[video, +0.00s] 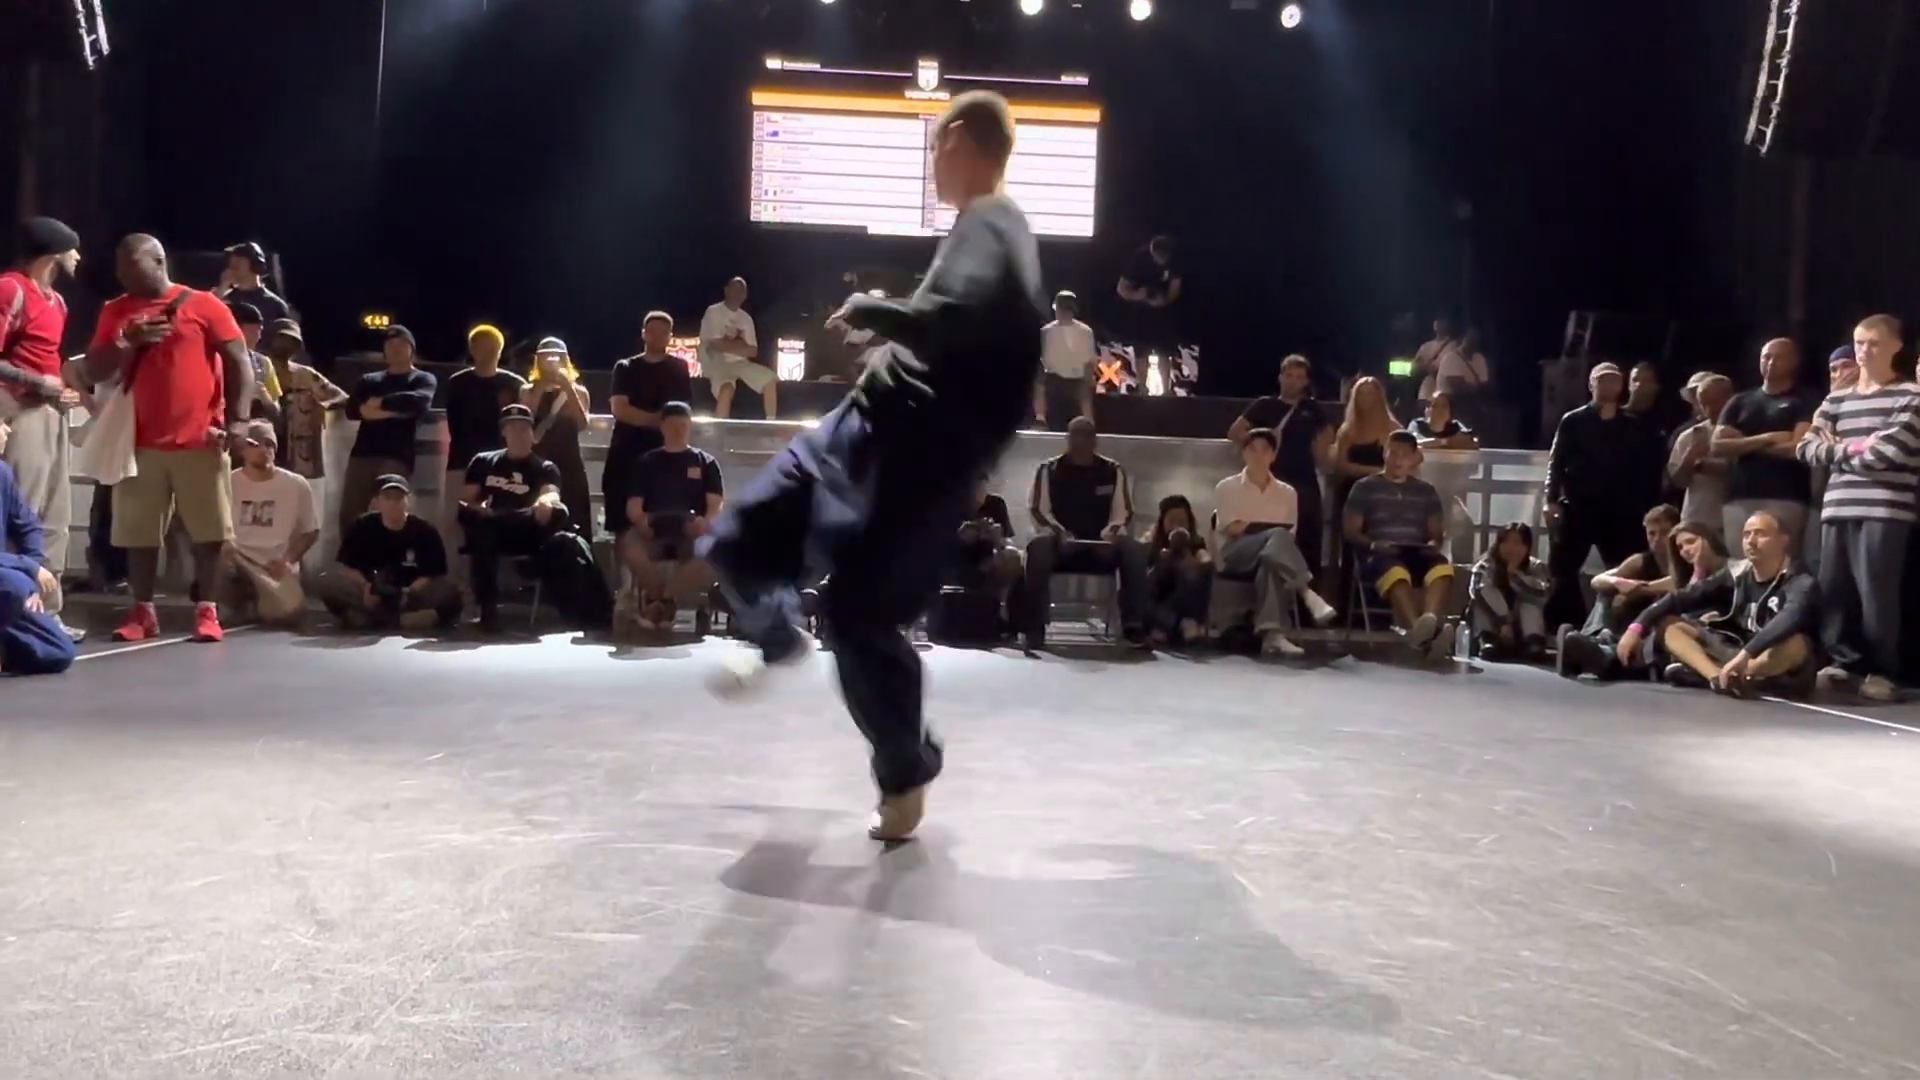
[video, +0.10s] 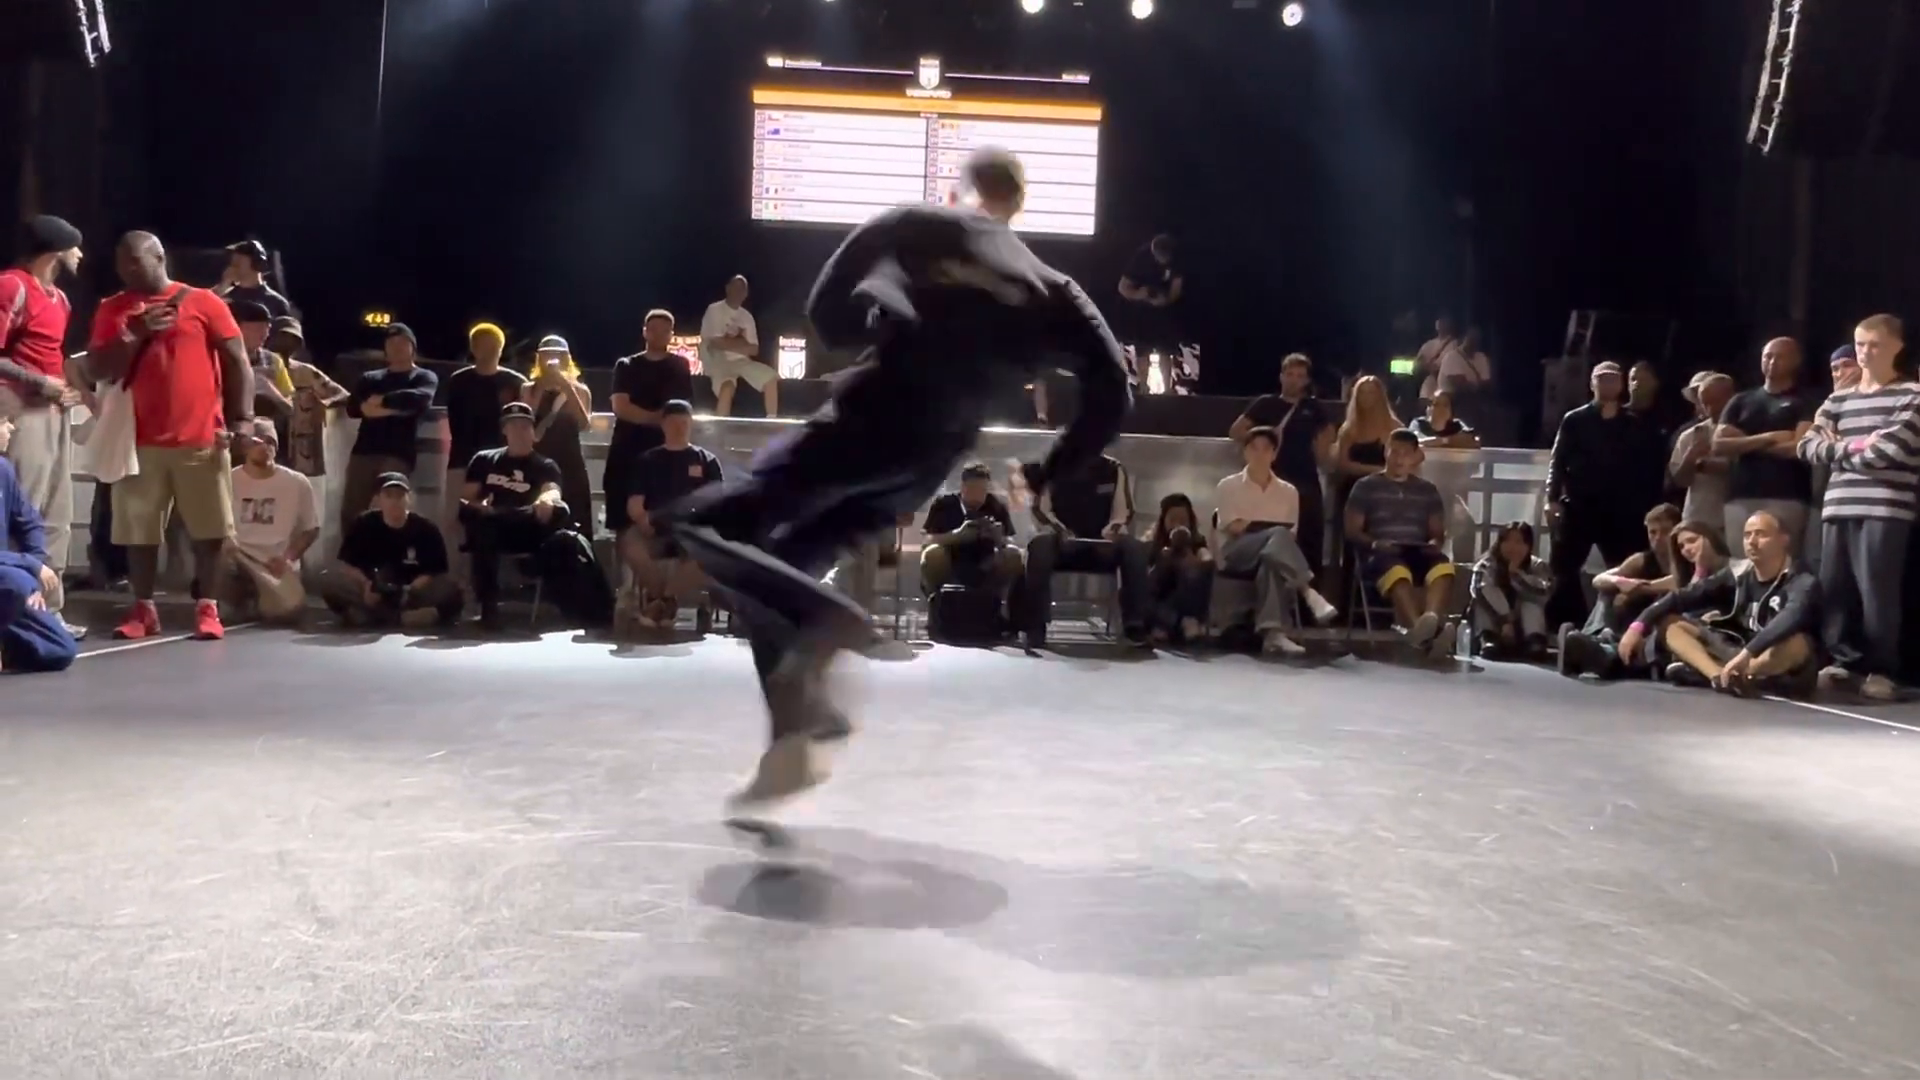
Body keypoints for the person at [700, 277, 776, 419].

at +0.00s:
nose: (738, 294)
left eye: (741, 291)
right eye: (734, 290)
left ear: (745, 295)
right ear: (726, 291)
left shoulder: (746, 318)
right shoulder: (713, 312)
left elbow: (752, 351)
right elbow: (713, 344)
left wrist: (724, 345)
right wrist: (739, 342)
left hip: (740, 362)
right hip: (717, 361)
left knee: (770, 381)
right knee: (727, 389)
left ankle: (771, 425)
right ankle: (719, 431)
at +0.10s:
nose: (739, 293)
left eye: (742, 289)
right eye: (736, 288)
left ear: (746, 293)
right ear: (728, 289)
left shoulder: (747, 316)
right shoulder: (714, 310)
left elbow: (754, 349)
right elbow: (714, 342)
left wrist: (725, 343)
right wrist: (741, 340)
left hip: (741, 360)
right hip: (718, 359)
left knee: (770, 379)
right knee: (727, 387)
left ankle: (772, 423)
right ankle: (720, 428)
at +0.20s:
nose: (740, 290)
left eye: (744, 287)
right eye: (737, 286)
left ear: (748, 292)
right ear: (728, 288)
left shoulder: (748, 315)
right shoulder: (715, 308)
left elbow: (755, 348)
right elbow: (715, 341)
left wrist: (726, 342)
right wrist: (743, 339)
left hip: (743, 358)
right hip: (720, 357)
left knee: (772, 377)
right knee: (729, 385)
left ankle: (773, 422)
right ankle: (722, 427)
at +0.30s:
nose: (743, 290)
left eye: (746, 286)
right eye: (739, 285)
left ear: (749, 290)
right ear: (730, 286)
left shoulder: (750, 314)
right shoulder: (717, 307)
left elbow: (756, 347)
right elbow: (718, 339)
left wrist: (728, 341)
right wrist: (744, 337)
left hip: (744, 357)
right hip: (721, 356)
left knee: (773, 376)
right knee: (730, 385)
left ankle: (775, 421)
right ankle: (722, 427)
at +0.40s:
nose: (743, 289)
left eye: (746, 285)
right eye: (739, 285)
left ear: (750, 289)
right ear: (731, 286)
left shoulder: (750, 313)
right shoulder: (718, 306)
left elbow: (757, 345)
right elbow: (717, 339)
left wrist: (729, 340)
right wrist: (744, 336)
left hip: (745, 356)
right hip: (722, 355)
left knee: (774, 375)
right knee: (731, 383)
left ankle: (776, 420)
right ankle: (724, 425)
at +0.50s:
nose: (744, 287)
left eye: (747, 284)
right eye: (740, 283)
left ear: (751, 288)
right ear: (732, 284)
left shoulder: (752, 312)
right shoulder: (718, 305)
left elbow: (758, 345)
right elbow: (718, 338)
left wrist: (730, 338)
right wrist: (745, 336)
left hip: (746, 356)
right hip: (723, 355)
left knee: (775, 374)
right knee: (732, 383)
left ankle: (776, 419)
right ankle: (725, 425)